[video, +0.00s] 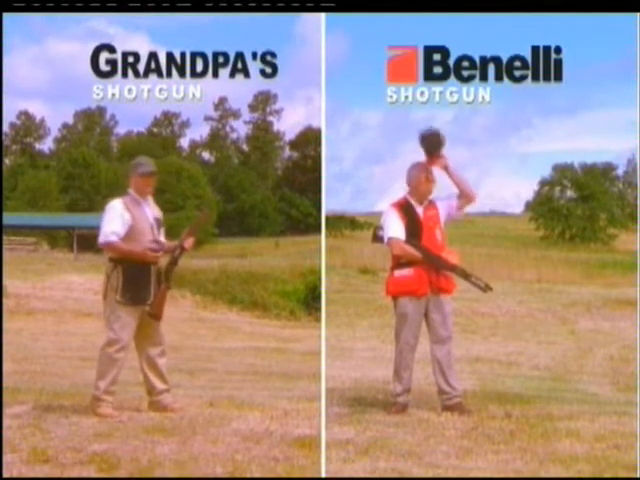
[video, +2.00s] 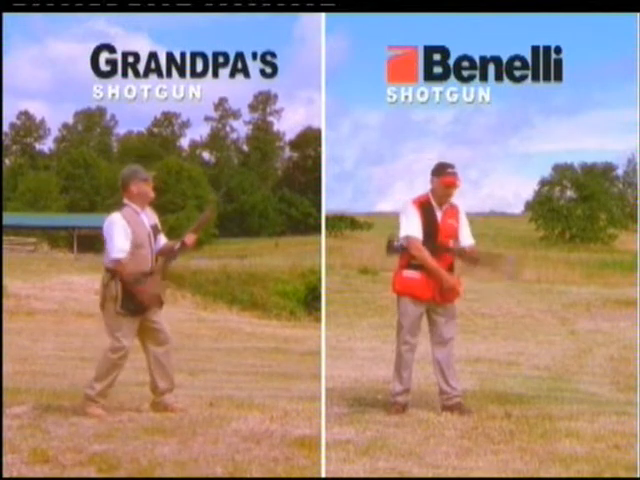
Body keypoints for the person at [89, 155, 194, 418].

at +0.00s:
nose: (149, 183)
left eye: (152, 178)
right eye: (144, 177)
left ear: (155, 180)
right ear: (132, 179)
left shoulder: (153, 210)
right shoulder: (117, 207)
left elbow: (157, 244)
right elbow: (107, 243)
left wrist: (178, 246)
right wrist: (142, 254)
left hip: (149, 279)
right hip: (123, 279)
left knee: (152, 342)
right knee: (118, 341)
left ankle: (159, 396)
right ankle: (102, 399)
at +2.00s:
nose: (152, 191)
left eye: (152, 185)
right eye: (147, 185)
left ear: (140, 189)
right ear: (131, 189)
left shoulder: (149, 216)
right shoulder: (117, 220)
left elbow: (160, 248)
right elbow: (117, 262)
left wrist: (181, 245)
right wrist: (139, 288)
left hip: (145, 282)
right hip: (121, 284)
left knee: (160, 340)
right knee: (120, 344)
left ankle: (162, 396)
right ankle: (93, 398)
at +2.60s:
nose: (173, 217)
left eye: (172, 211)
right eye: (169, 212)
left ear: (158, 216)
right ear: (154, 215)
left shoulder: (164, 239)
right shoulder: (136, 244)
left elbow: (161, 271)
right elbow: (110, 276)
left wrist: (186, 268)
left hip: (145, 296)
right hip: (122, 298)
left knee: (166, 341)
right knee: (134, 359)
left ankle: (163, 396)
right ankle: (94, 398)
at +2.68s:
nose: (170, 202)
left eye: (169, 197)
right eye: (165, 197)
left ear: (153, 202)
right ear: (151, 201)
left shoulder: (157, 225)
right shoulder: (145, 233)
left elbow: (156, 259)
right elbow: (136, 277)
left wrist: (182, 262)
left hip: (149, 297)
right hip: (132, 299)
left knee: (167, 342)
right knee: (133, 354)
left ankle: (165, 395)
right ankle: (96, 398)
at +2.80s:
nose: (164, 187)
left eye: (163, 182)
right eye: (160, 182)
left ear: (149, 187)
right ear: (145, 186)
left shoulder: (155, 213)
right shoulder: (145, 216)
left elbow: (179, 237)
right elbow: (167, 247)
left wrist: (212, 229)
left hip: (149, 276)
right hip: (131, 277)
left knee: (163, 338)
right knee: (127, 340)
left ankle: (164, 395)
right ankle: (95, 396)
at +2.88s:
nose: (162, 178)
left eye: (160, 173)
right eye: (156, 174)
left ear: (145, 180)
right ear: (142, 179)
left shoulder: (149, 203)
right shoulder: (145, 204)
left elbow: (165, 231)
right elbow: (170, 228)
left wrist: (193, 221)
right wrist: (194, 220)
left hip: (149, 264)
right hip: (134, 265)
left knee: (156, 334)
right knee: (125, 334)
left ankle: (160, 395)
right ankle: (96, 393)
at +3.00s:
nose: (157, 176)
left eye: (156, 171)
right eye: (151, 171)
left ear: (145, 177)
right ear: (137, 177)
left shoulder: (152, 201)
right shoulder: (137, 202)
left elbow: (170, 222)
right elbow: (165, 222)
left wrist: (187, 211)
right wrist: (182, 212)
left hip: (153, 264)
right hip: (134, 265)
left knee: (157, 336)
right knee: (126, 335)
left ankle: (161, 396)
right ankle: (96, 395)